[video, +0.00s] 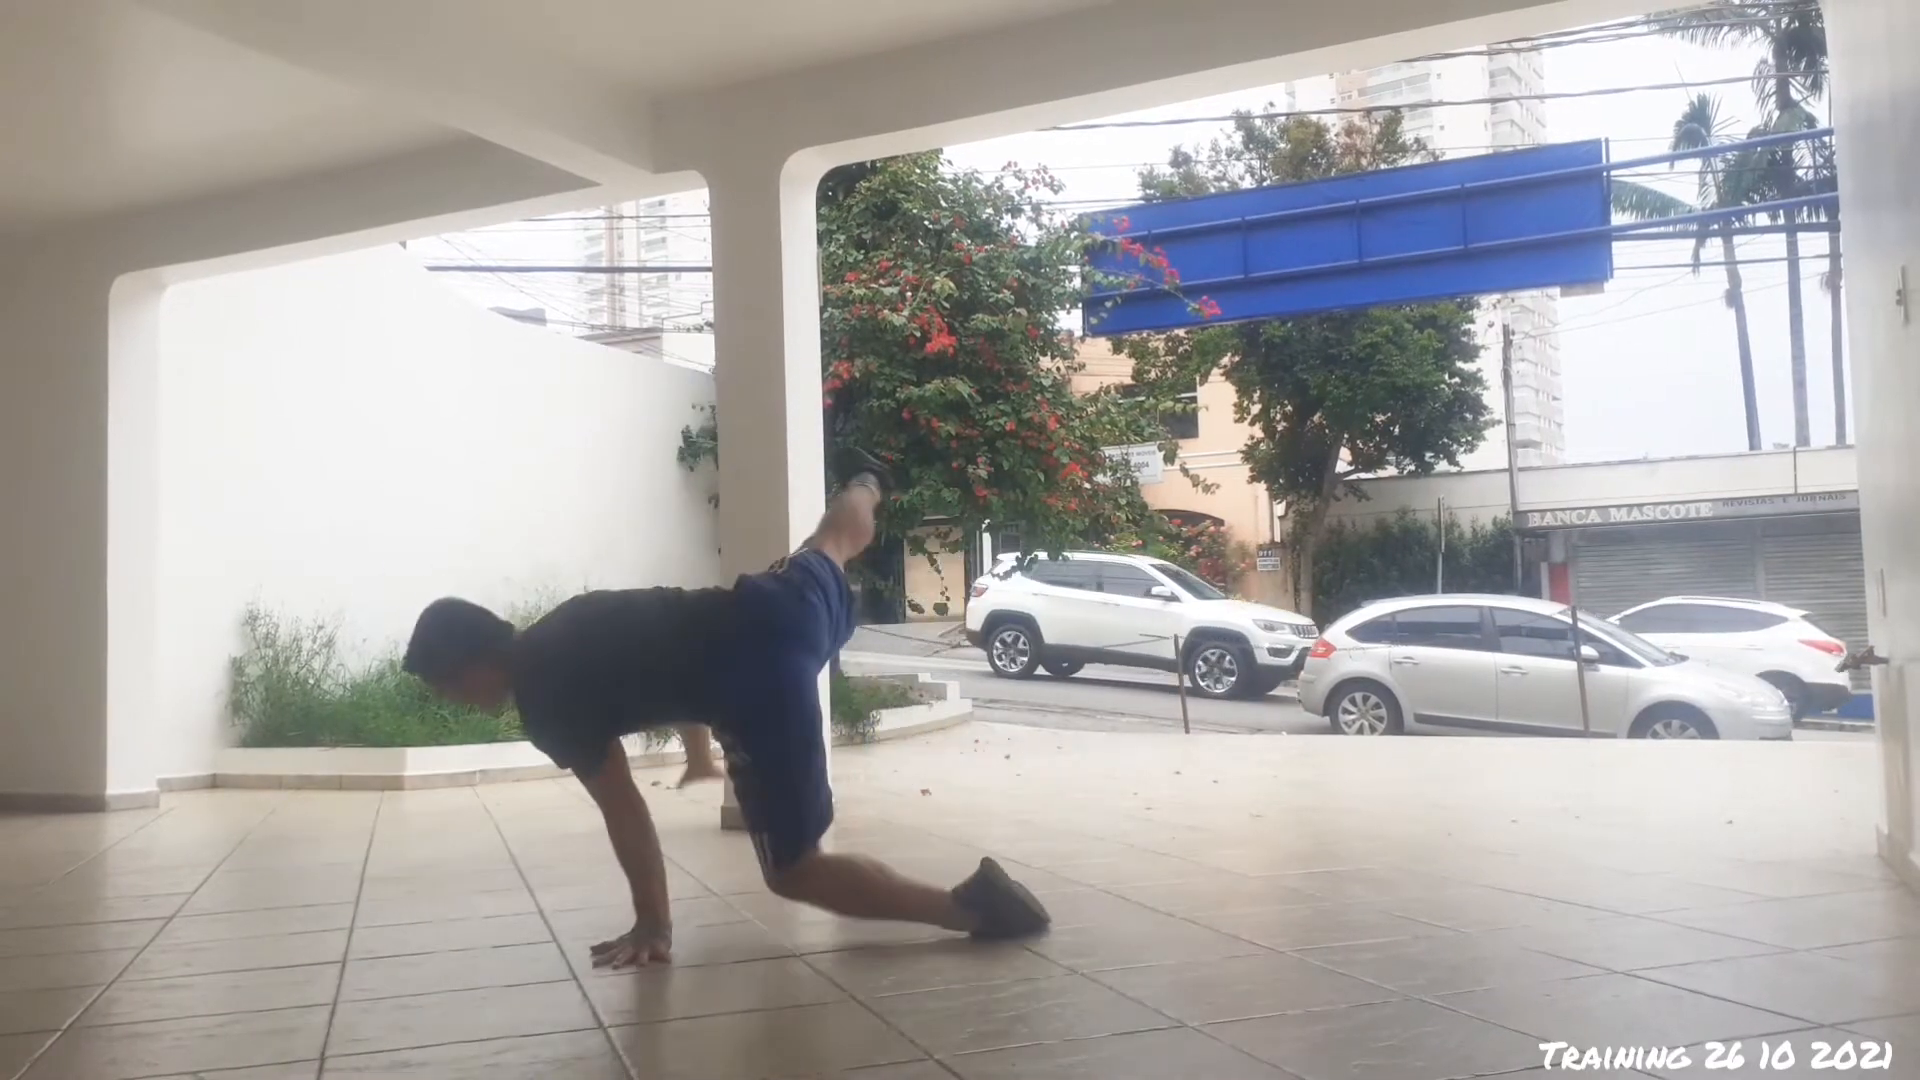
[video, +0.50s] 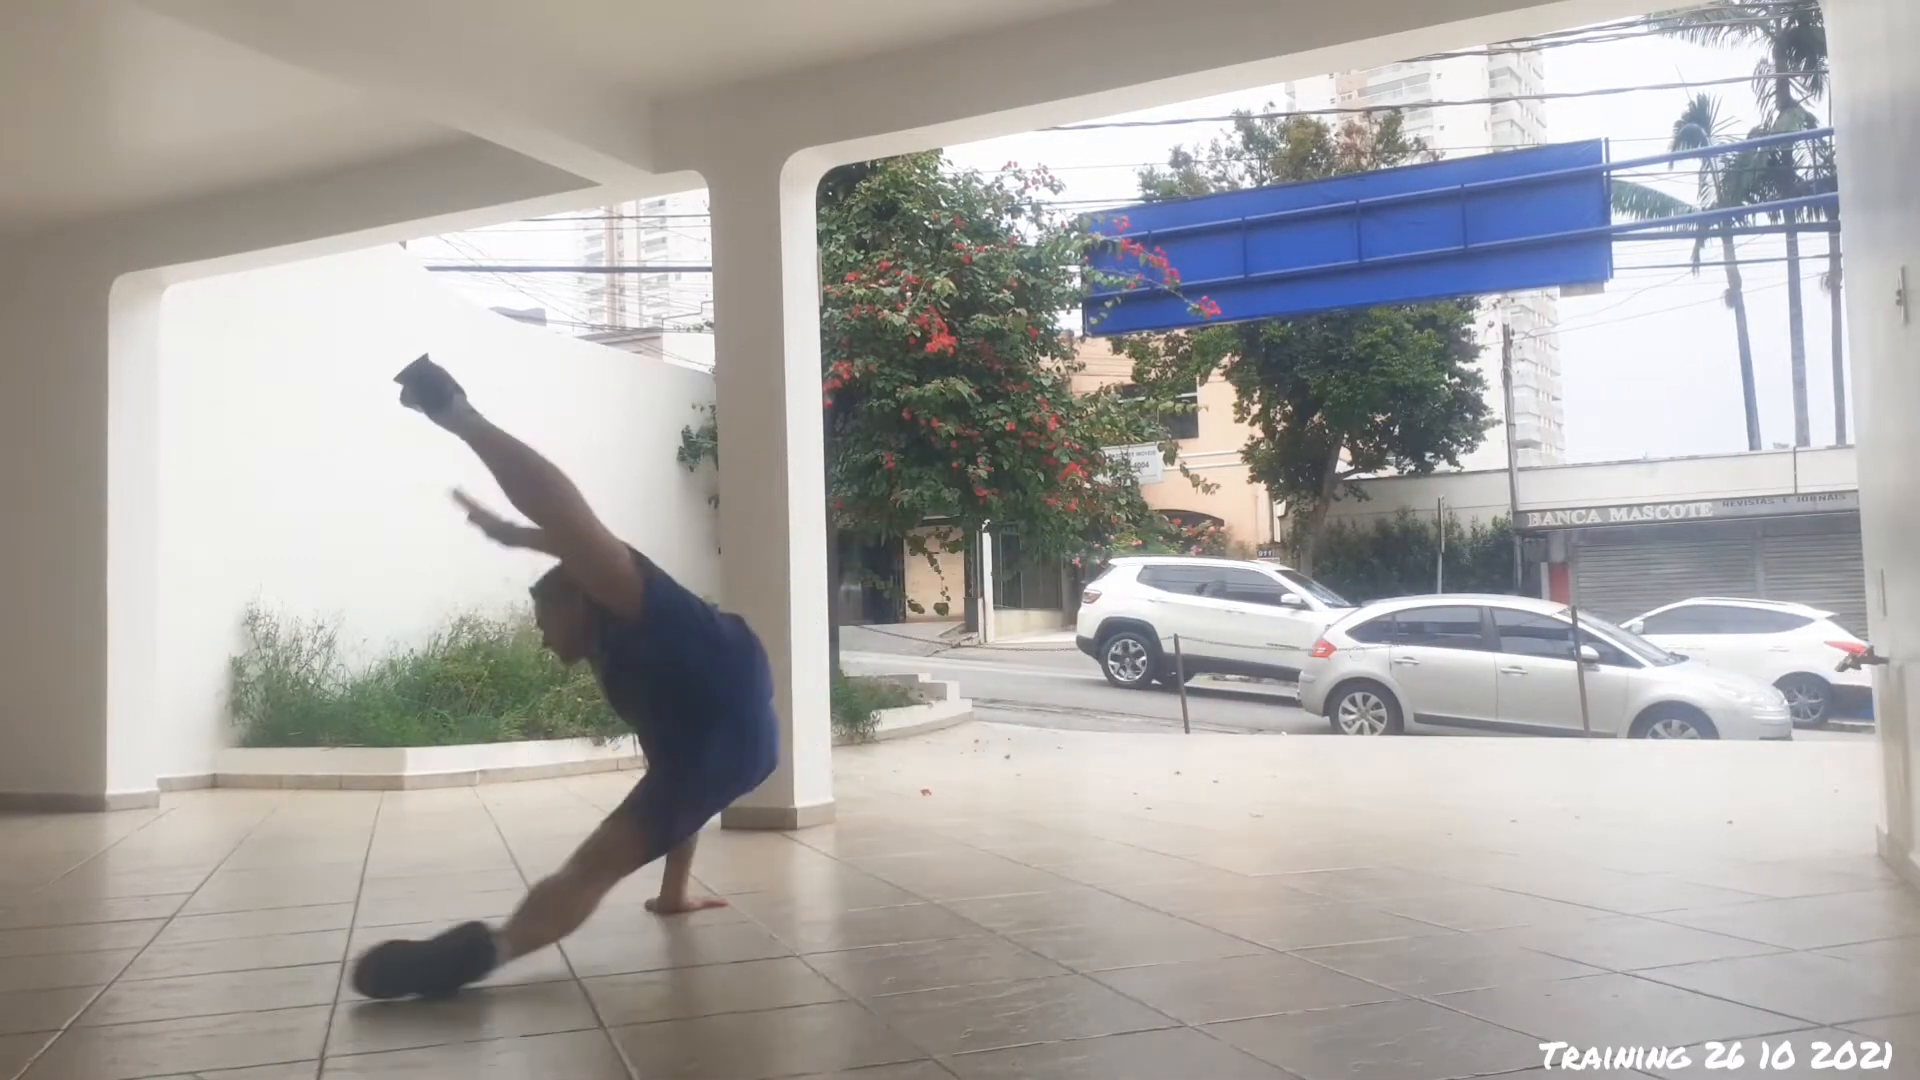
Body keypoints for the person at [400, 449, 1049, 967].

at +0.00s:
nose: (457, 705)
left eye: (448, 691)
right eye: (445, 696)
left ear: (469, 665)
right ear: (489, 630)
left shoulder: (544, 699)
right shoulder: (573, 617)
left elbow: (629, 813)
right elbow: (673, 653)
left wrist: (652, 929)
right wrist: (709, 754)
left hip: (758, 683)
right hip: (772, 604)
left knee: (793, 871)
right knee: (839, 540)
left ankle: (966, 909)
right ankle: (866, 490)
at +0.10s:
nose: (468, 734)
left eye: (460, 718)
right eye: (457, 724)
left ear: (489, 691)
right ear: (501, 675)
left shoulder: (553, 703)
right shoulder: (588, 673)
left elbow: (627, 806)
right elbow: (661, 784)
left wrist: (649, 924)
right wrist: (677, 889)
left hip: (729, 620)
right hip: (755, 570)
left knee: (760, 785)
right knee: (880, 571)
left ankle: (887, 865)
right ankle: (978, 553)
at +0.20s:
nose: (483, 753)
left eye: (477, 733)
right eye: (472, 740)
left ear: (501, 704)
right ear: (512, 698)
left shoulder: (558, 699)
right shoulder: (612, 695)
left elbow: (618, 812)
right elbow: (682, 784)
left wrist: (646, 925)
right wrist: (675, 890)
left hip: (716, 573)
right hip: (771, 581)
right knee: (906, 646)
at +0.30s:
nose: (491, 719)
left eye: (485, 703)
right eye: (484, 709)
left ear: (506, 677)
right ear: (525, 681)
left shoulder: (554, 675)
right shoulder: (625, 700)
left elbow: (584, 772)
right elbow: (677, 785)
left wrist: (608, 884)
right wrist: (672, 885)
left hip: (732, 570)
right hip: (784, 622)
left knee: (604, 557)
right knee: (880, 746)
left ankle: (460, 494)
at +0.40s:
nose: (507, 677)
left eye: (502, 661)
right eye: (499, 669)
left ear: (528, 631)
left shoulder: (566, 618)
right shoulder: (634, 704)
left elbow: (548, 632)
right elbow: (678, 792)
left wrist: (516, 740)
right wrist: (673, 892)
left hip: (740, 593)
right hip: (791, 663)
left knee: (586, 521)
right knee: (761, 814)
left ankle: (439, 427)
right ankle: (827, 895)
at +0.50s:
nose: (545, 639)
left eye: (546, 620)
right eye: (541, 624)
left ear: (576, 601)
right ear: (581, 612)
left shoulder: (628, 608)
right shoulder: (637, 682)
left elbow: (593, 546)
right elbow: (684, 785)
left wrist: (512, 534)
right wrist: (676, 890)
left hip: (724, 656)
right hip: (739, 753)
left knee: (581, 527)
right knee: (594, 866)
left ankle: (460, 416)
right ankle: (484, 951)